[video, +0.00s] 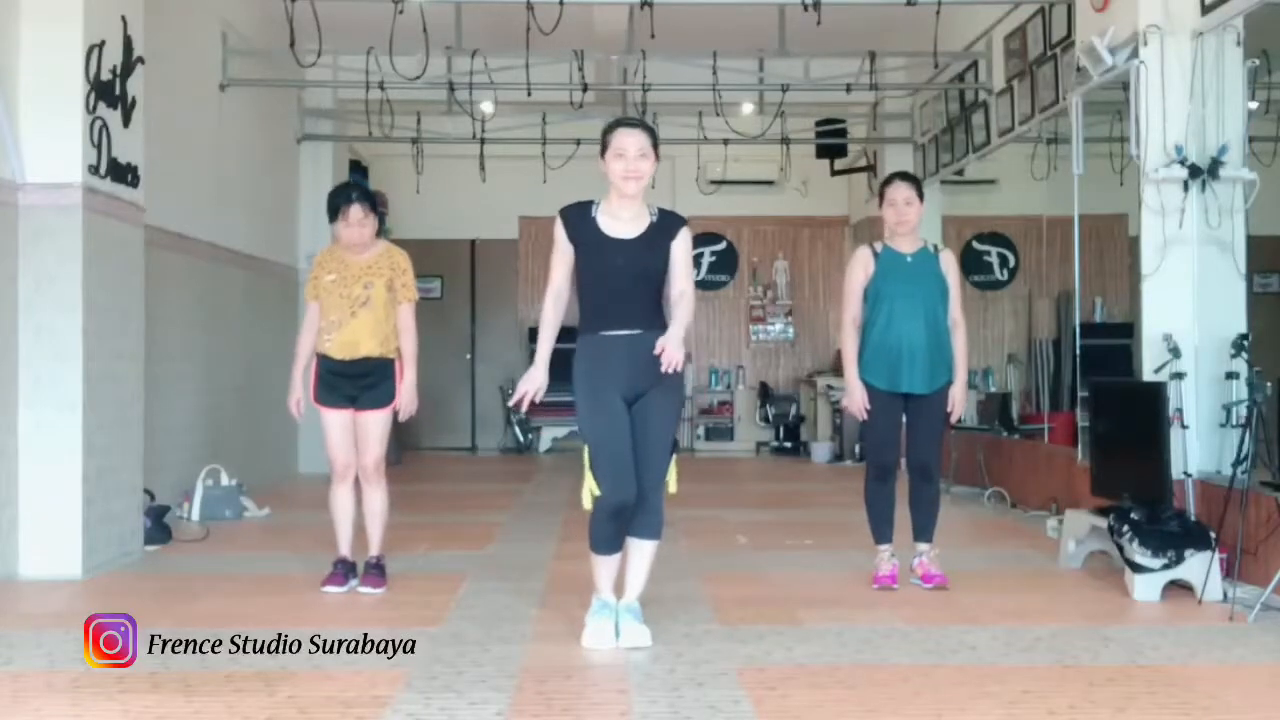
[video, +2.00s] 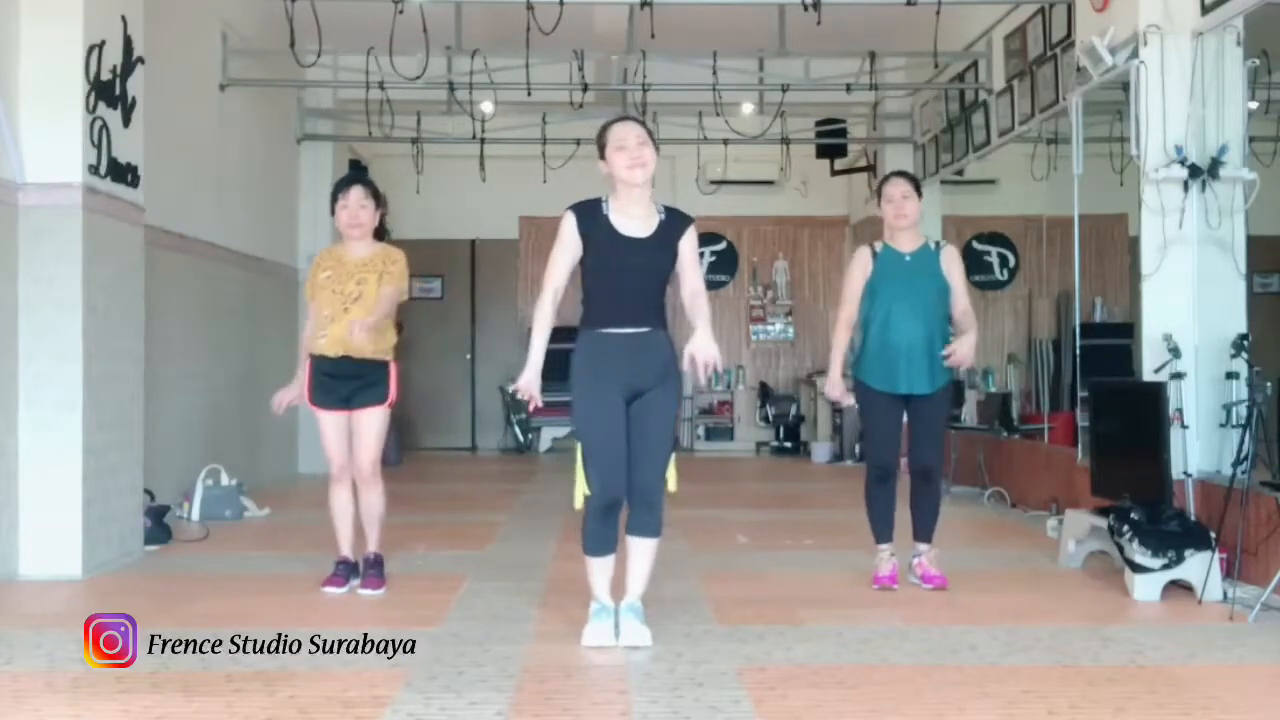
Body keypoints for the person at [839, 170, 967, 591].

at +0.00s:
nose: (899, 210)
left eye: (908, 202)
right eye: (891, 203)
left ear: (922, 208)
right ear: (881, 210)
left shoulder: (944, 259)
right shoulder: (866, 258)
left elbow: (956, 323)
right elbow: (849, 323)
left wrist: (960, 381)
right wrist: (852, 381)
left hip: (932, 382)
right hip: (879, 381)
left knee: (925, 467)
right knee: (881, 467)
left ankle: (924, 553)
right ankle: (884, 554)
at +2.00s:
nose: (898, 205)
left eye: (906, 198)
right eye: (890, 199)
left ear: (921, 204)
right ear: (880, 208)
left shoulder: (945, 256)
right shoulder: (867, 257)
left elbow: (962, 312)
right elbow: (845, 318)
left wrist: (969, 337)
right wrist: (835, 370)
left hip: (932, 380)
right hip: (878, 379)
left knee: (927, 467)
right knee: (881, 465)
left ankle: (923, 553)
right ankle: (884, 554)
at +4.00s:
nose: (908, 204)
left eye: (916, 197)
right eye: (901, 198)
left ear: (933, 205)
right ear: (892, 207)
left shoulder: (956, 255)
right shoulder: (876, 256)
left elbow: (973, 308)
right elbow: (854, 314)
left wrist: (986, 348)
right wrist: (842, 369)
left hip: (941, 380)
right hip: (887, 379)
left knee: (933, 466)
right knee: (888, 465)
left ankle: (925, 552)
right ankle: (887, 552)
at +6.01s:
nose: (902, 211)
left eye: (910, 203)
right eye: (894, 204)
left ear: (924, 208)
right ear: (884, 212)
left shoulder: (948, 257)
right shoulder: (870, 260)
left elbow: (968, 308)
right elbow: (852, 320)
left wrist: (982, 329)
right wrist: (846, 372)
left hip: (936, 381)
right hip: (882, 381)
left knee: (930, 466)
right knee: (884, 465)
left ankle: (923, 553)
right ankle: (887, 552)